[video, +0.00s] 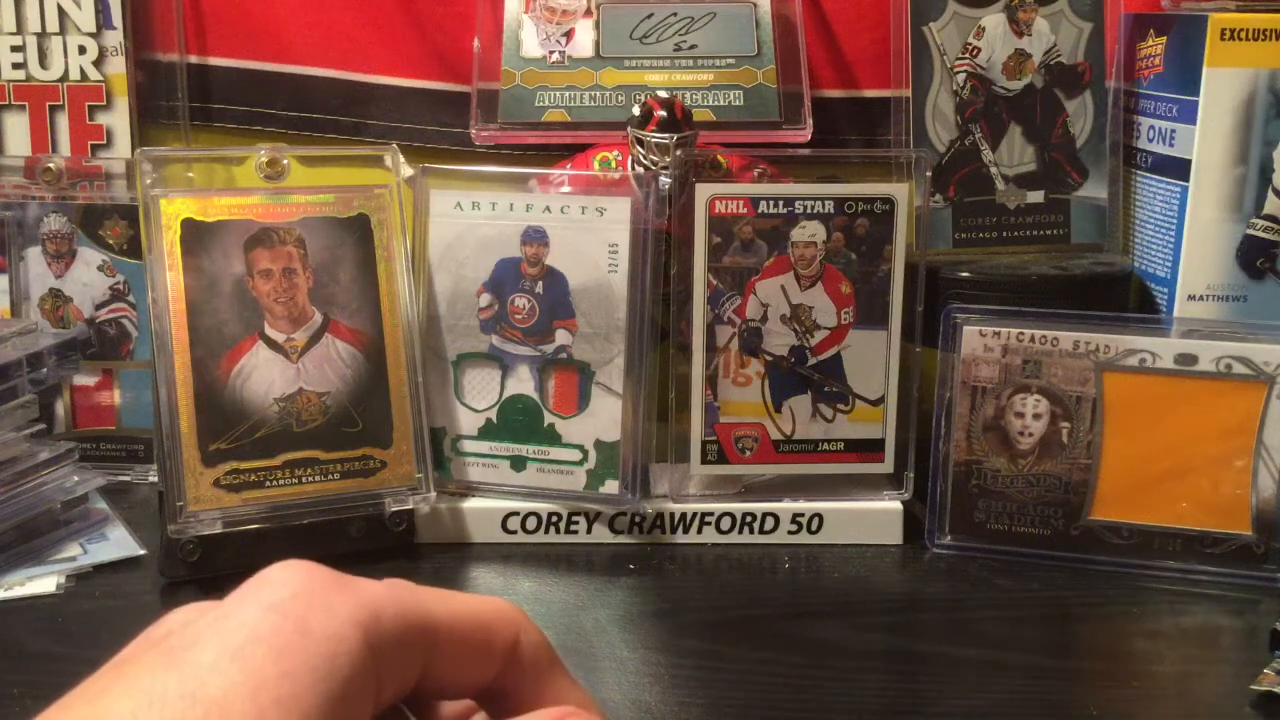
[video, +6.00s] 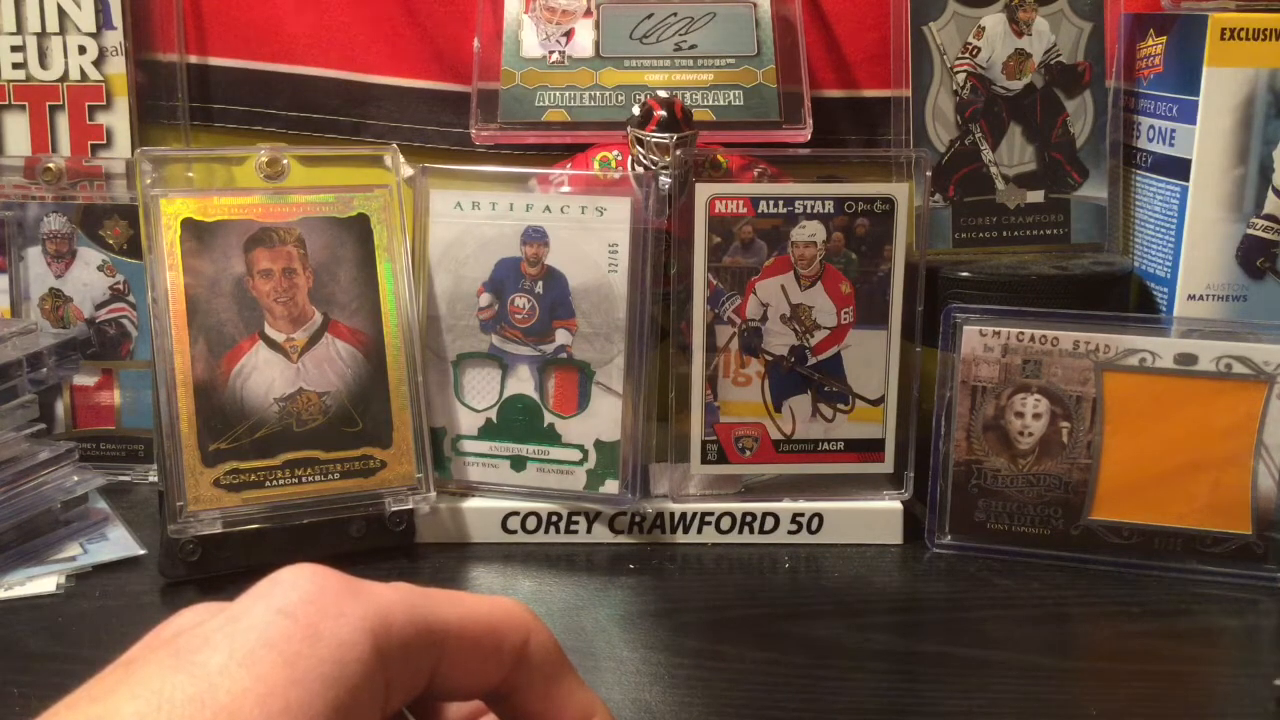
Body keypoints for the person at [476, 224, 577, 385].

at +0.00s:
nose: (535, 252)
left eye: (540, 247)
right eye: (530, 246)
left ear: (547, 250)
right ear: (522, 248)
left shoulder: (557, 280)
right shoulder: (504, 268)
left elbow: (564, 321)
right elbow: (487, 293)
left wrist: (562, 349)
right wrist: (487, 318)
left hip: (543, 353)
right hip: (504, 349)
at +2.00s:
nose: (535, 251)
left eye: (540, 246)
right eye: (530, 246)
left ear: (547, 250)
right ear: (522, 248)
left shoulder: (557, 280)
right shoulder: (504, 268)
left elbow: (565, 321)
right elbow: (486, 292)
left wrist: (562, 349)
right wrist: (487, 317)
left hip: (541, 354)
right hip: (503, 350)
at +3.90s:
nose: (535, 251)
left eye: (540, 247)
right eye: (530, 246)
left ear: (546, 251)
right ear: (522, 248)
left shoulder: (556, 279)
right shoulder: (505, 268)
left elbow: (565, 320)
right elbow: (487, 291)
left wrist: (562, 348)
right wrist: (486, 313)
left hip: (542, 352)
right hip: (503, 347)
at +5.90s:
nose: (535, 251)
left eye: (540, 246)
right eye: (530, 246)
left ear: (546, 250)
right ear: (522, 248)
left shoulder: (557, 280)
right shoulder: (504, 267)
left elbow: (565, 321)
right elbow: (487, 292)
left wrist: (562, 350)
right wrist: (487, 319)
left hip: (541, 353)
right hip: (502, 348)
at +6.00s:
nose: (534, 251)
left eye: (540, 246)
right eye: (530, 246)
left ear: (546, 250)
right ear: (522, 248)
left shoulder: (557, 280)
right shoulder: (504, 267)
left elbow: (565, 321)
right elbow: (487, 291)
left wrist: (562, 350)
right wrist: (486, 317)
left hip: (541, 353)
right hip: (502, 348)